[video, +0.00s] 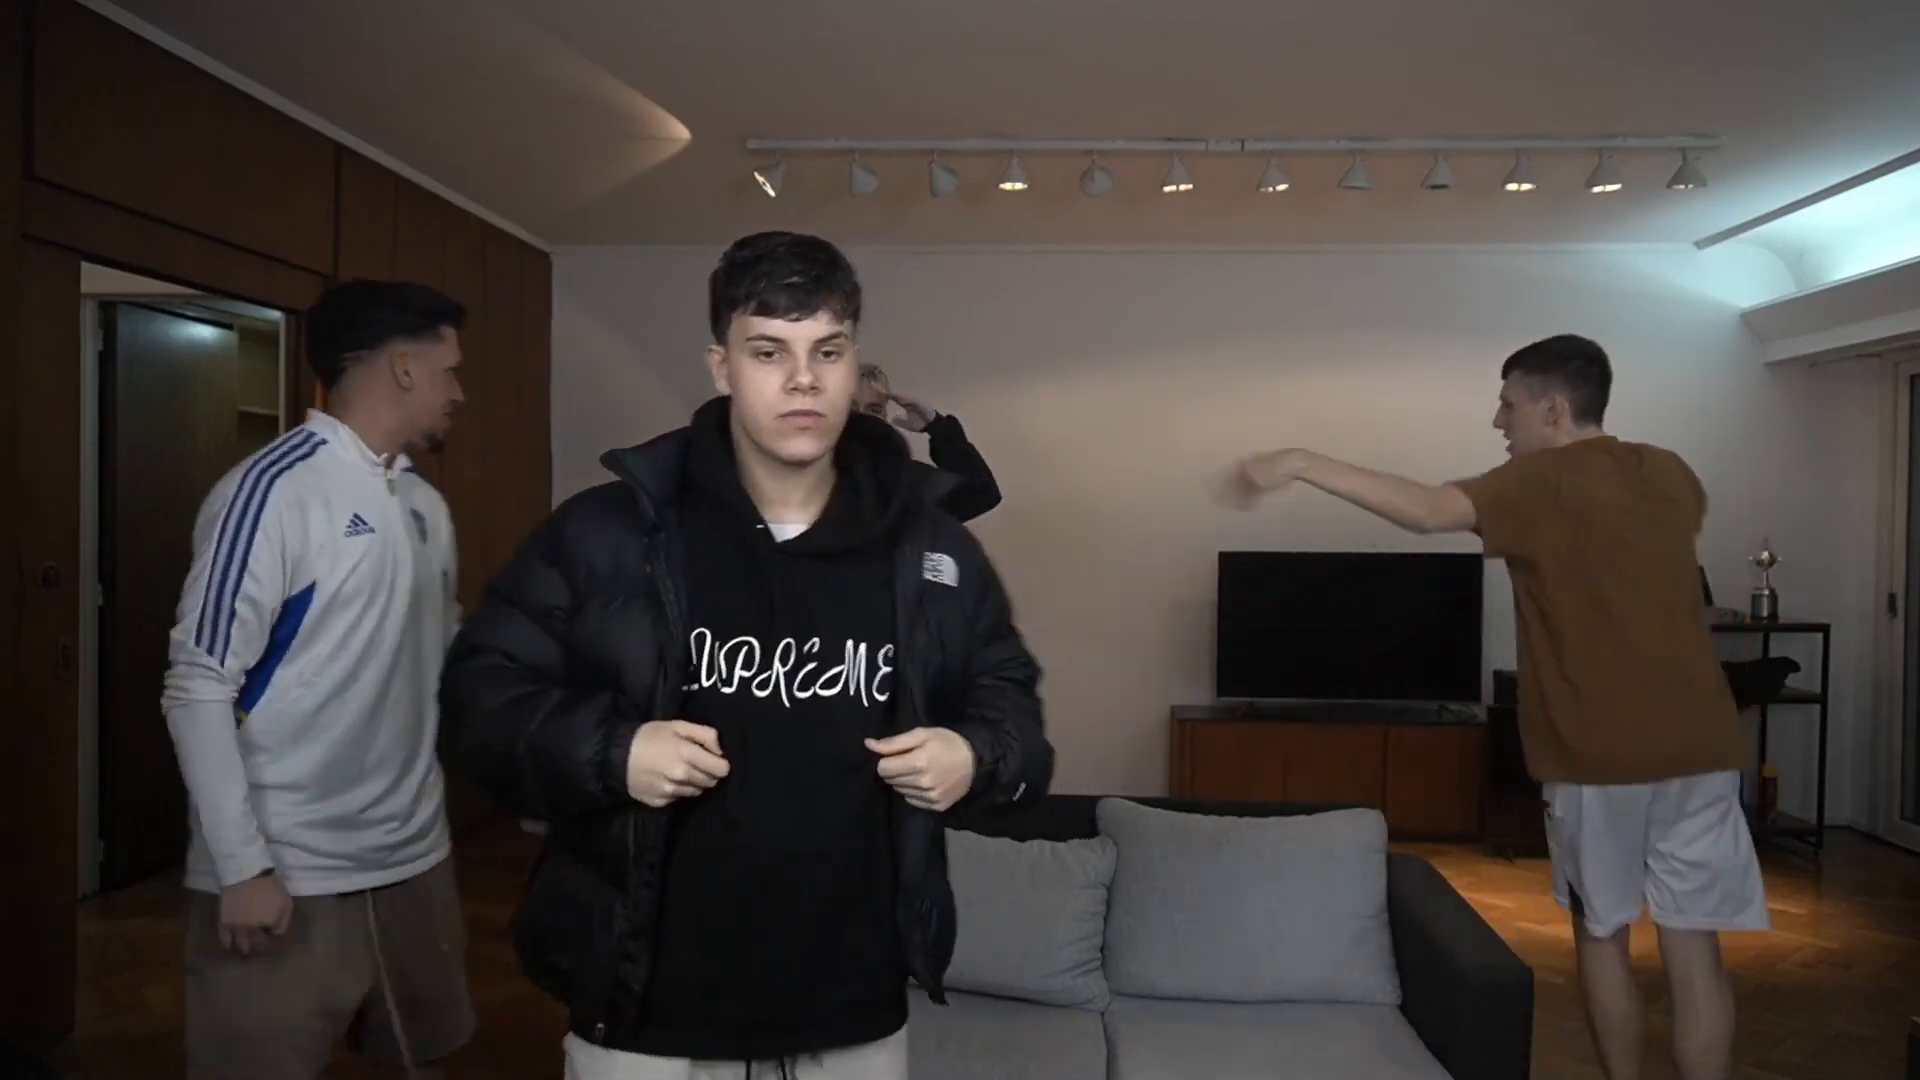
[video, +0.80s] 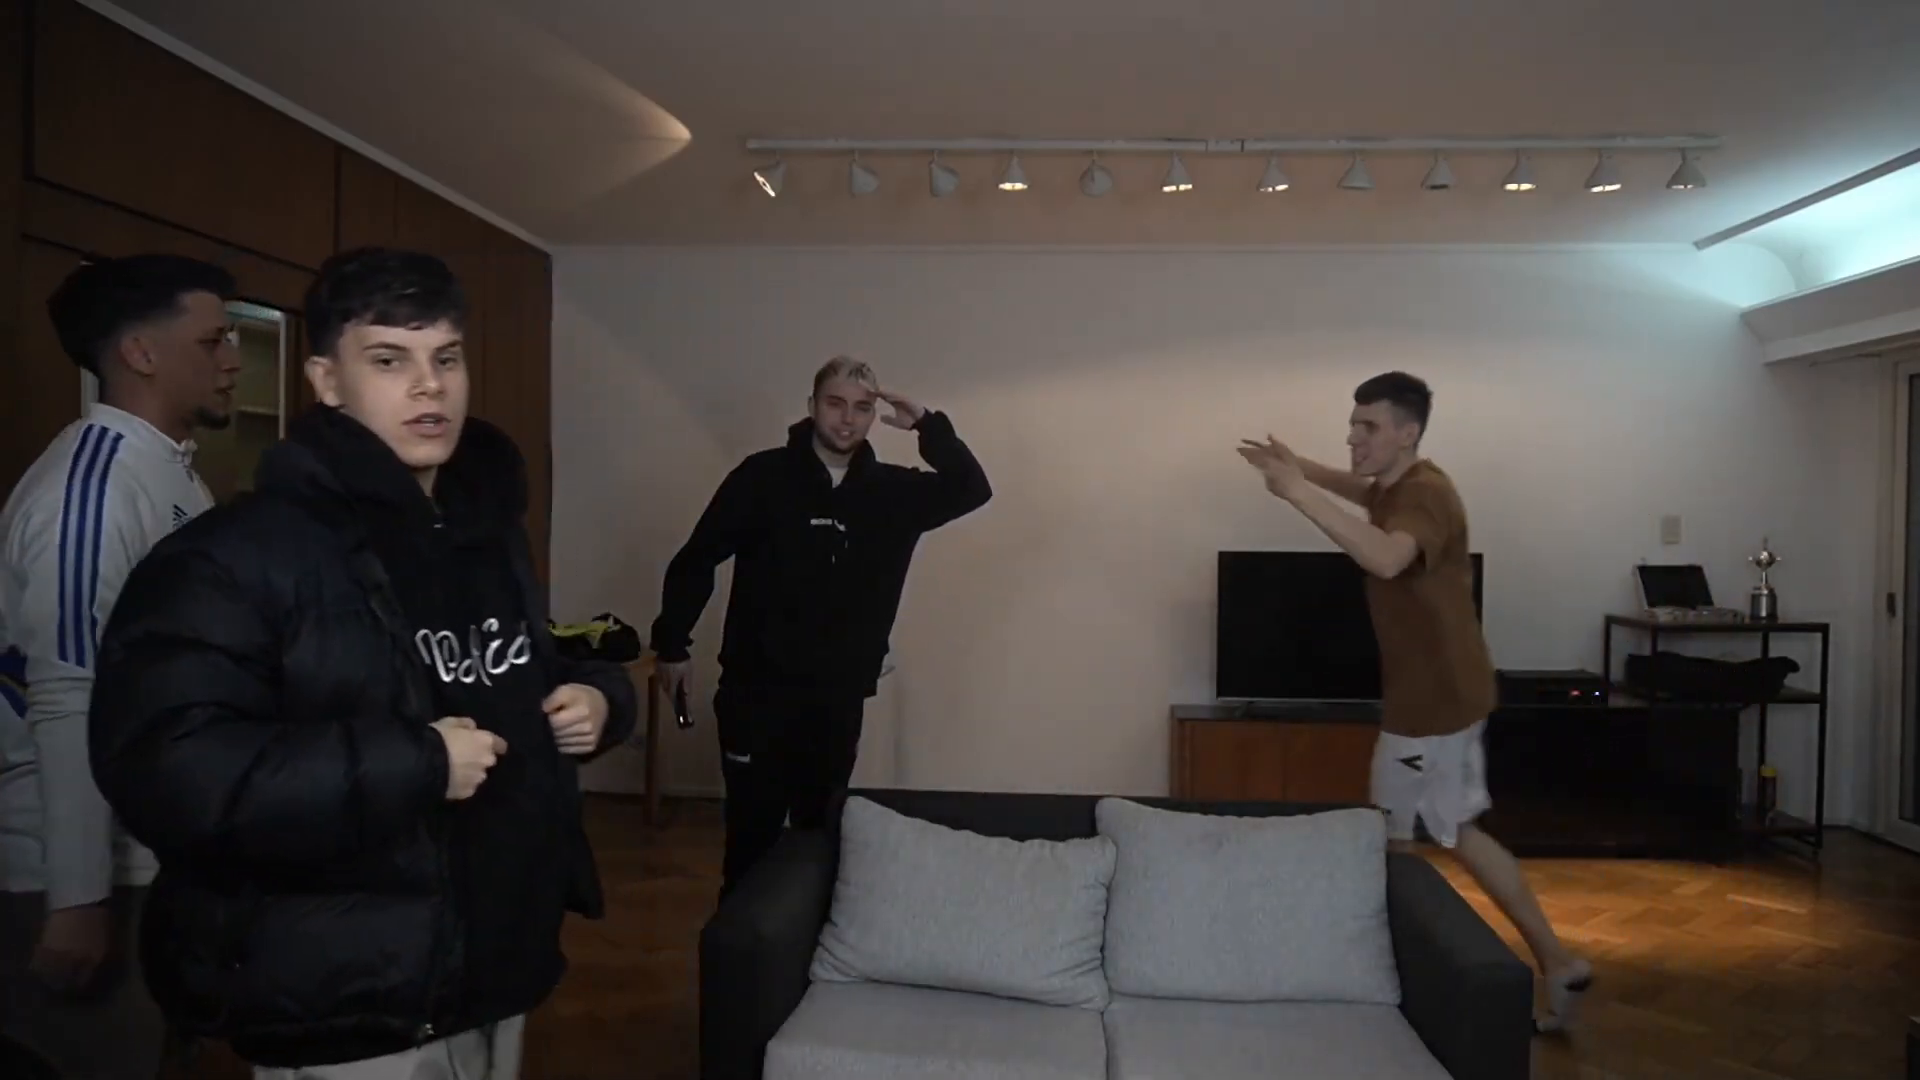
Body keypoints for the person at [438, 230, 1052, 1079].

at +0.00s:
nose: (802, 383)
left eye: (828, 354)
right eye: (770, 354)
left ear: (858, 366)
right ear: (721, 366)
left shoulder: (927, 545)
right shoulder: (610, 532)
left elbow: (1016, 724)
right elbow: (478, 697)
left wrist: (975, 757)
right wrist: (610, 749)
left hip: (850, 1009)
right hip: (650, 1009)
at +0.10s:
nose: (754, 387)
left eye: (779, 358)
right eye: (720, 359)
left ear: (806, 369)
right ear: (669, 373)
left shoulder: (869, 539)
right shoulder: (561, 544)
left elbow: (958, 713)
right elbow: (431, 721)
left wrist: (943, 747)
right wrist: (603, 764)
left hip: (819, 1012)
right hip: (620, 1017)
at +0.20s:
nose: (693, 394)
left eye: (718, 365)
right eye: (658, 366)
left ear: (744, 375)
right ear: (607, 380)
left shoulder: (802, 546)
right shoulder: (499, 557)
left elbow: (872, 697)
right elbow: (375, 739)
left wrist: (893, 742)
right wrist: (576, 778)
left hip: (766, 1013)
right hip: (568, 1024)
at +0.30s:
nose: (630, 400)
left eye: (655, 372)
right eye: (594, 373)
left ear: (682, 384)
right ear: (540, 389)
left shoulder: (732, 555)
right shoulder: (433, 574)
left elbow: (809, 699)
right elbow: (322, 768)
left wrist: (827, 743)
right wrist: (542, 791)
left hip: (705, 1013)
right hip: (514, 1027)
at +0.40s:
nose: (581, 398)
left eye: (604, 369)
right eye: (542, 371)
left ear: (629, 378)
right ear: (487, 386)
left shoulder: (665, 552)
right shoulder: (385, 573)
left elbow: (723, 696)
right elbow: (280, 770)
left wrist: (768, 741)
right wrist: (511, 794)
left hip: (658, 1013)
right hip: (471, 1029)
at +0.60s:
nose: (505, 389)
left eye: (525, 360)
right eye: (465, 362)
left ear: (547, 369)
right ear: (402, 374)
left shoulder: (566, 537)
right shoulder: (307, 562)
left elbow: (620, 677)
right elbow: (221, 773)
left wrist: (673, 714)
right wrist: (463, 782)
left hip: (581, 995)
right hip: (405, 1021)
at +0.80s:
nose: (431, 389)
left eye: (447, 360)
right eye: (391, 362)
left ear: (467, 370)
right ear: (323, 378)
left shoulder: (481, 528)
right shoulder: (236, 556)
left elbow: (527, 677)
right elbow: (168, 769)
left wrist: (601, 697)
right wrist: (412, 760)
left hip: (493, 982)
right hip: (335, 1008)